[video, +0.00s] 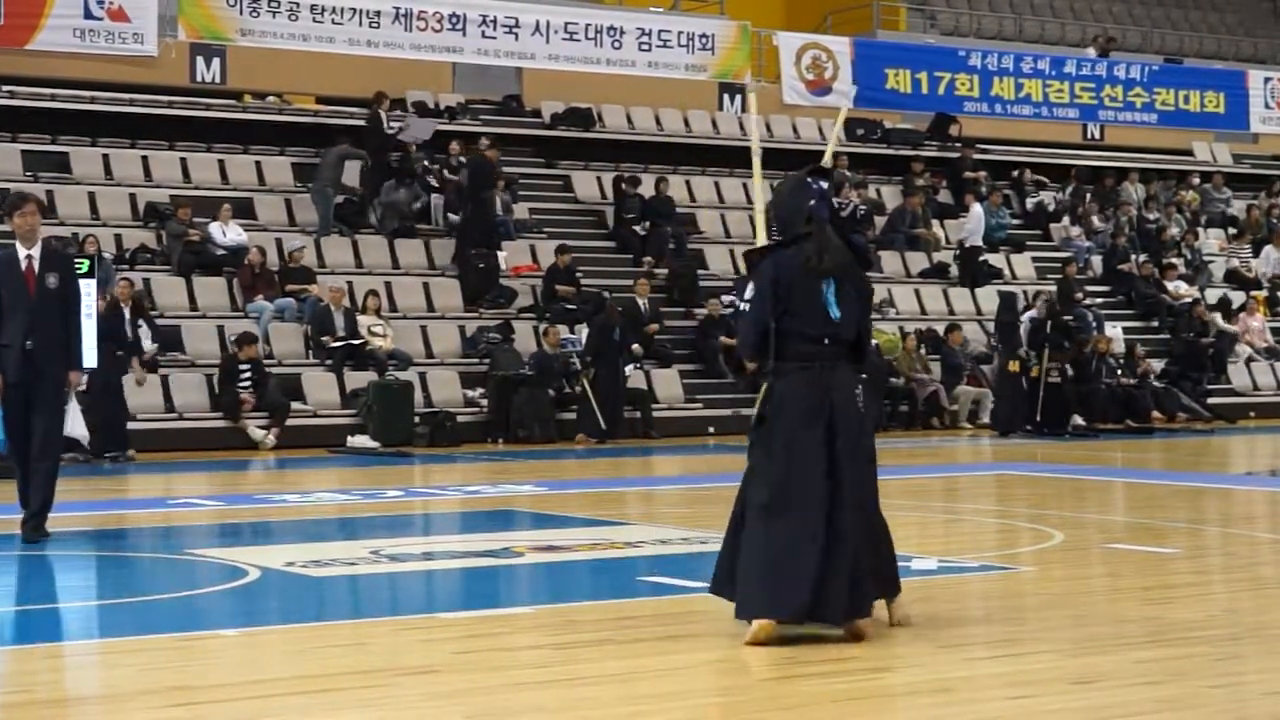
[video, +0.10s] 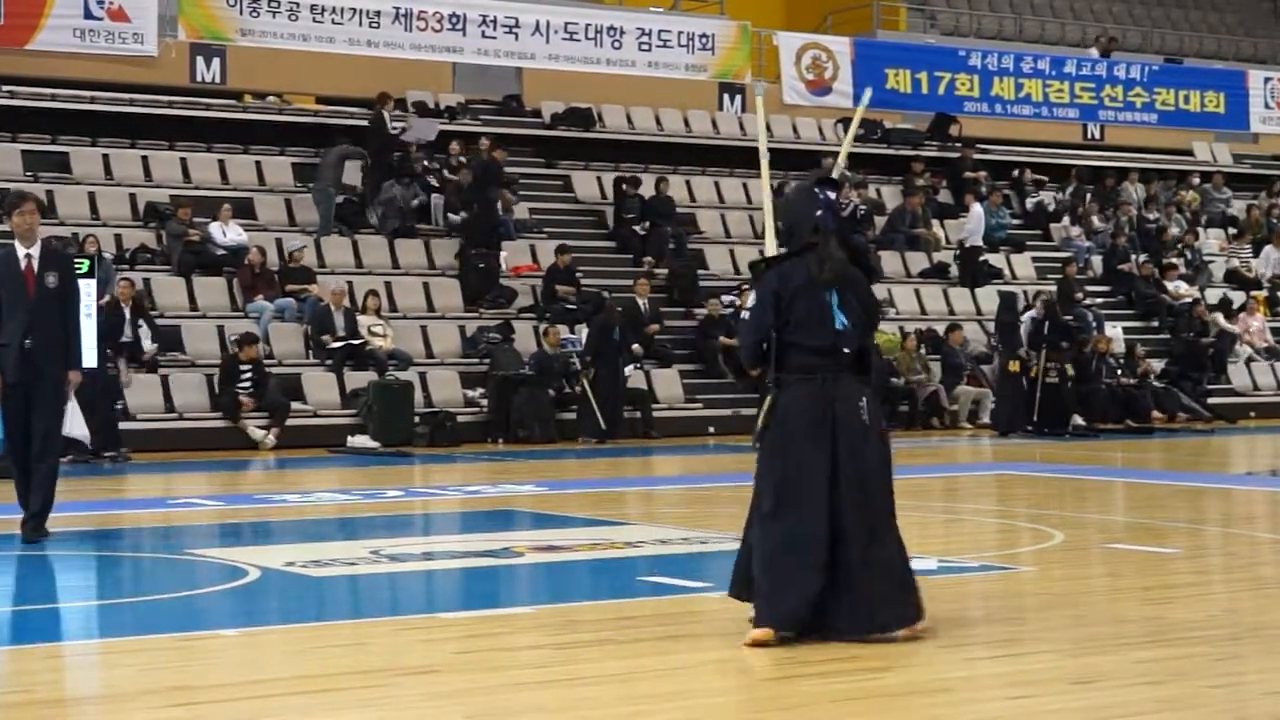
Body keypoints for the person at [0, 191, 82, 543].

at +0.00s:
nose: (29, 220)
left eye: (33, 214)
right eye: (22, 215)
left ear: (42, 218)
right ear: (10, 222)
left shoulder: (60, 258)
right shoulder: (3, 262)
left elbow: (72, 315)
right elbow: (0, 316)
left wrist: (75, 364)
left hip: (50, 363)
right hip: (11, 366)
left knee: (46, 440)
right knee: (18, 440)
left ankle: (36, 519)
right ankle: (31, 509)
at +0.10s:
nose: (28, 219)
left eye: (33, 213)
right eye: (21, 214)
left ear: (40, 217)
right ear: (9, 221)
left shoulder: (60, 258)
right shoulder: (3, 261)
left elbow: (71, 315)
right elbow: (2, 313)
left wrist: (74, 363)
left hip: (50, 363)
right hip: (11, 365)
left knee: (46, 441)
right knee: (17, 440)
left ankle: (36, 519)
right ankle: (30, 510)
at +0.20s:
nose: (28, 219)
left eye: (32, 213)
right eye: (21, 214)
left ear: (40, 217)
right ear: (9, 221)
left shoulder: (59, 258)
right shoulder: (2, 260)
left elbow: (71, 315)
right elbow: (2, 312)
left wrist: (74, 363)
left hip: (49, 364)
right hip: (9, 365)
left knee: (45, 443)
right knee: (11, 442)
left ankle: (36, 521)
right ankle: (27, 510)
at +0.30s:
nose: (26, 218)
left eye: (30, 212)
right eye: (19, 214)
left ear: (38, 217)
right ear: (8, 221)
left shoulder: (58, 258)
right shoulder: (2, 259)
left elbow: (70, 314)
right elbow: (2, 311)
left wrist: (73, 362)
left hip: (49, 364)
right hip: (9, 365)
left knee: (45, 445)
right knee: (7, 446)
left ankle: (35, 523)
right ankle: (16, 516)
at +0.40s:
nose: (26, 217)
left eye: (30, 211)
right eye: (18, 212)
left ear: (38, 216)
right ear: (6, 220)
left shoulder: (57, 259)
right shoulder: (1, 258)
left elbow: (68, 315)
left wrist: (72, 362)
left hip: (47, 364)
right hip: (7, 365)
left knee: (44, 446)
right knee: (4, 446)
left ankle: (35, 525)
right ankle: (3, 518)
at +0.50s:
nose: (23, 216)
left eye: (28, 211)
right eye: (16, 212)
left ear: (35, 216)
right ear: (4, 219)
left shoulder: (54, 257)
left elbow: (67, 313)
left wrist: (72, 362)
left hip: (46, 364)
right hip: (6, 365)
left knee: (44, 446)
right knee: (3, 445)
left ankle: (34, 525)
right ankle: (1, 513)